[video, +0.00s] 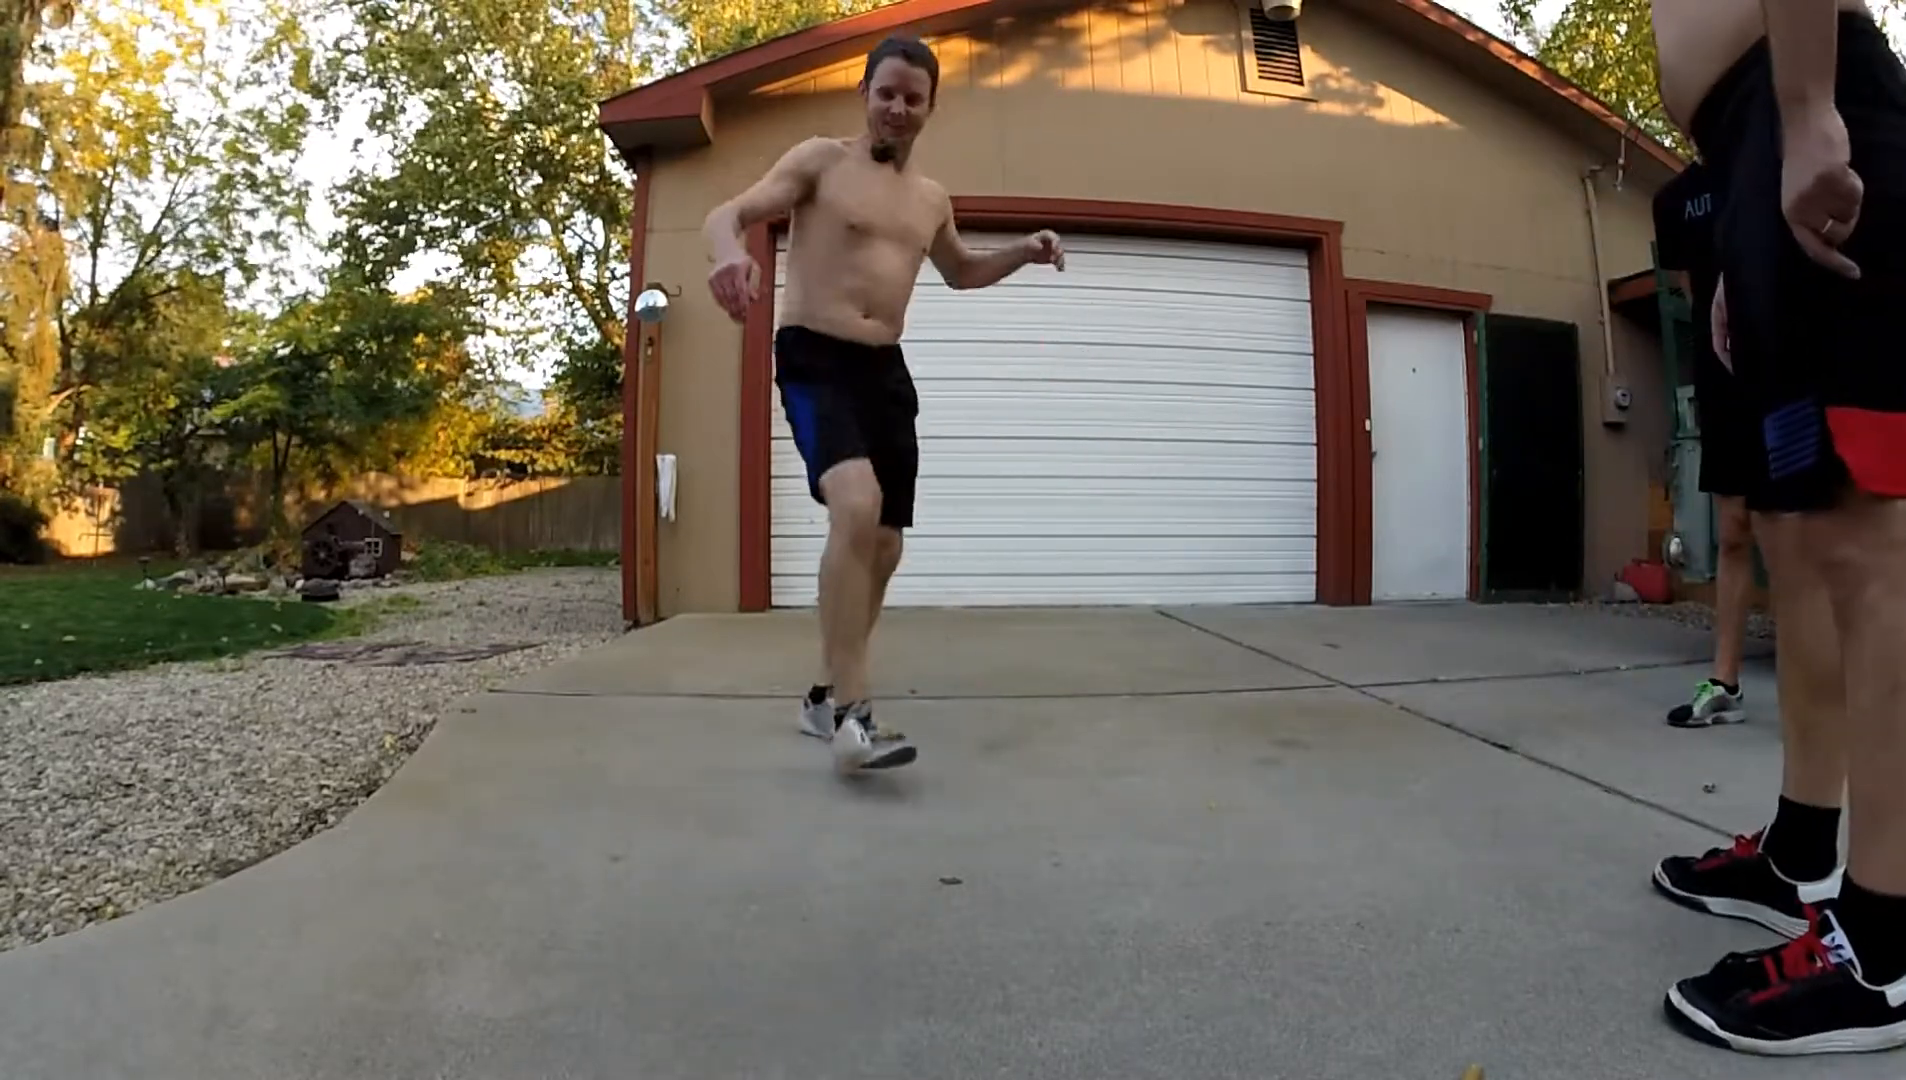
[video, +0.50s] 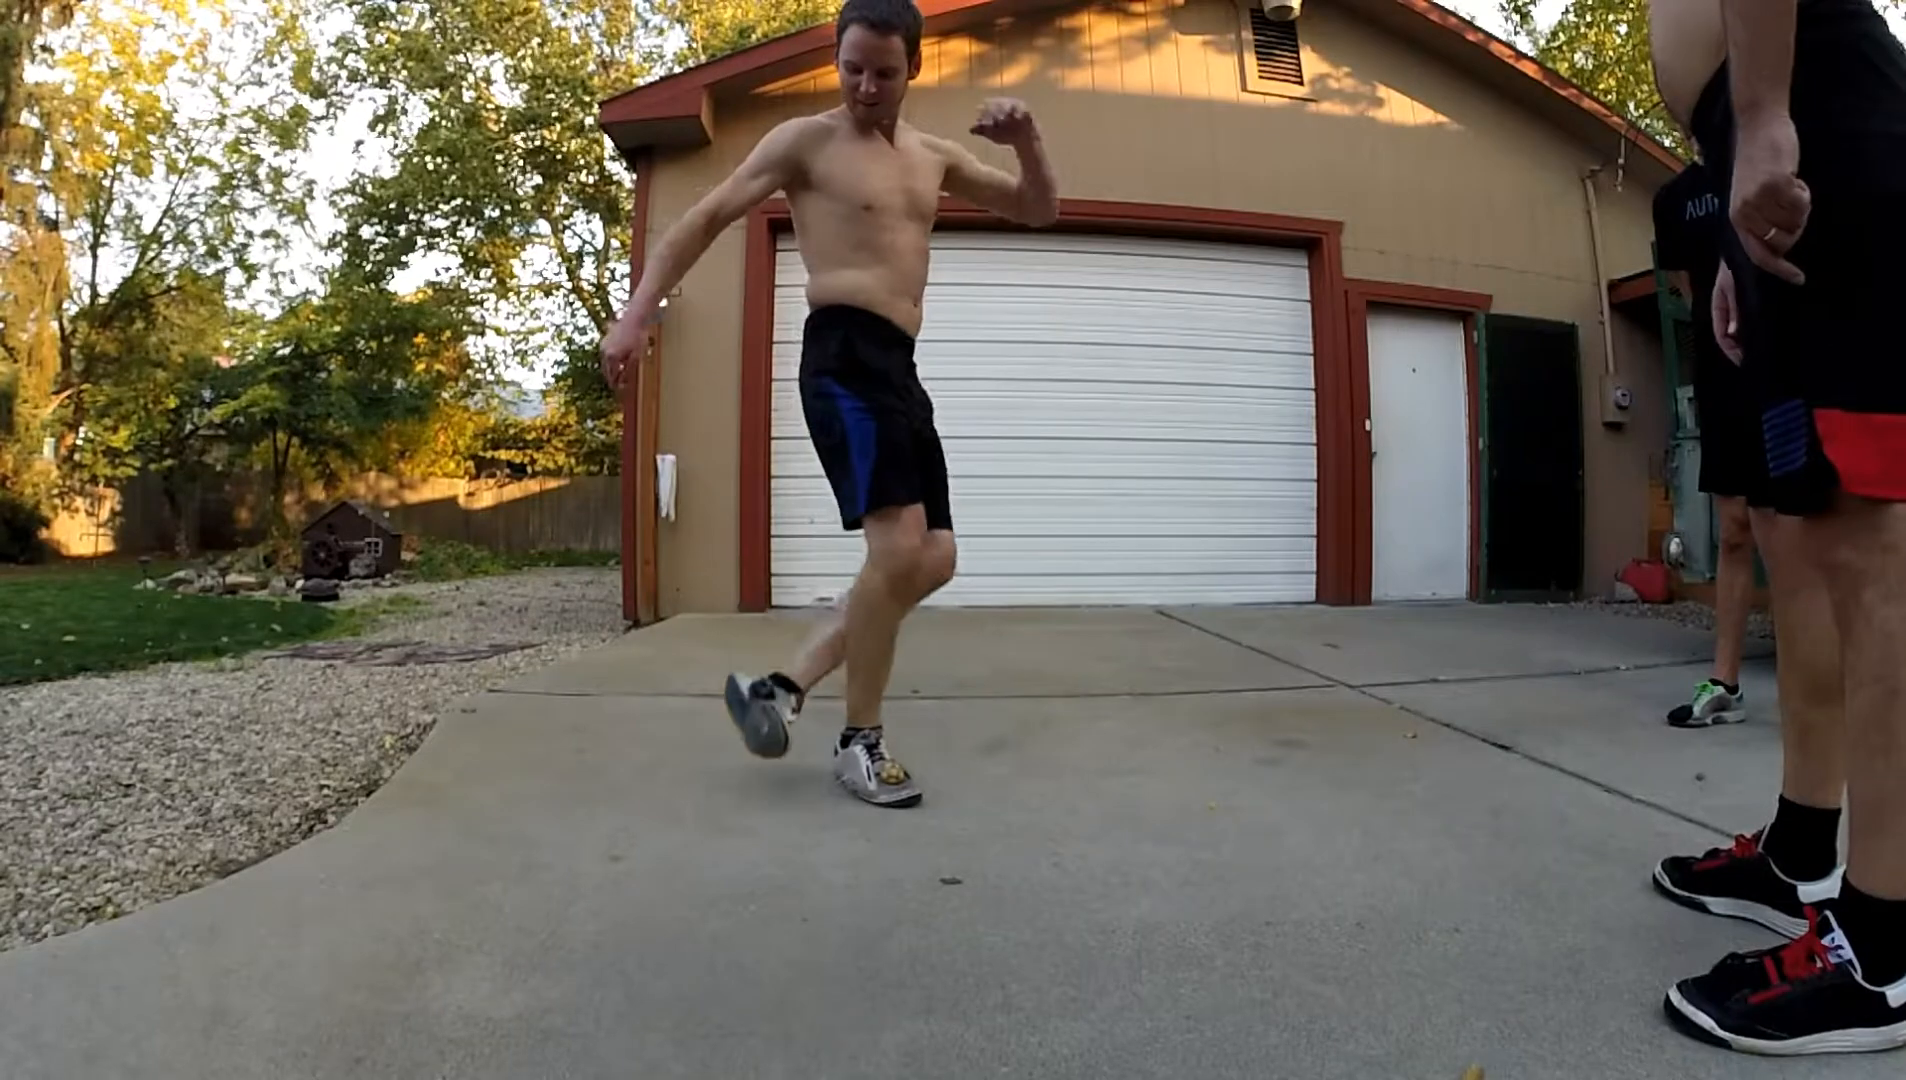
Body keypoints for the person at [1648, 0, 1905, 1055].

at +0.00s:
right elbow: (1728, 93)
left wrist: (1809, 105)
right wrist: (1736, 259)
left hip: (1847, 170)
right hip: (1779, 176)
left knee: (1867, 544)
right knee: (1799, 536)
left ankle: (1879, 945)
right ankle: (1802, 852)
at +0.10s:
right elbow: (1721, 88)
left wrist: (1809, 107)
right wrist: (1731, 254)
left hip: (1848, 170)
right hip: (1781, 188)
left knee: (1868, 543)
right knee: (1796, 535)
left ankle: (1879, 944)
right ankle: (1802, 851)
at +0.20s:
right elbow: (1722, 86)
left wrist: (1800, 106)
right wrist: (1728, 243)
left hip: (1849, 175)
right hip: (1776, 199)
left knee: (1868, 544)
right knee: (1796, 535)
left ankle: (1879, 944)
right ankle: (1802, 850)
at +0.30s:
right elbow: (1721, 86)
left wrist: (1786, 109)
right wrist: (1727, 241)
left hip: (1846, 165)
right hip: (1777, 179)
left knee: (1867, 544)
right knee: (1797, 534)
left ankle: (1880, 944)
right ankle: (1803, 850)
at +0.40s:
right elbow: (1725, 85)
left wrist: (1770, 112)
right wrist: (1729, 237)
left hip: (1847, 158)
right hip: (1779, 169)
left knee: (1867, 540)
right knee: (1798, 530)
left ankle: (1878, 946)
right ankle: (1804, 849)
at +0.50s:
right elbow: (1734, 105)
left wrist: (1762, 121)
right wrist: (1738, 244)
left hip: (1857, 168)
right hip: (1788, 176)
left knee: (1873, 543)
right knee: (1801, 536)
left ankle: (1879, 947)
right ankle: (1801, 851)